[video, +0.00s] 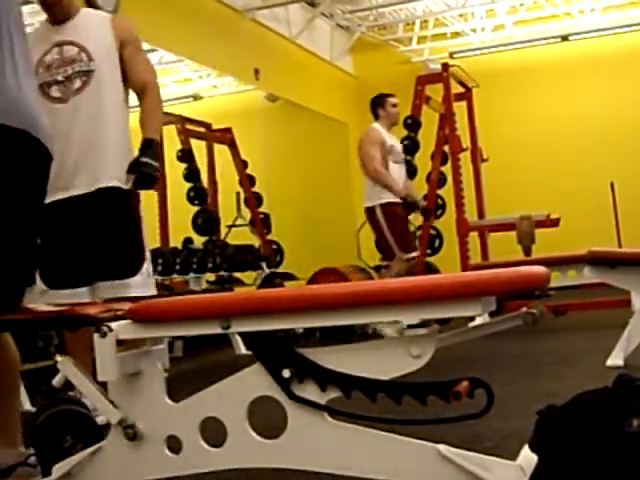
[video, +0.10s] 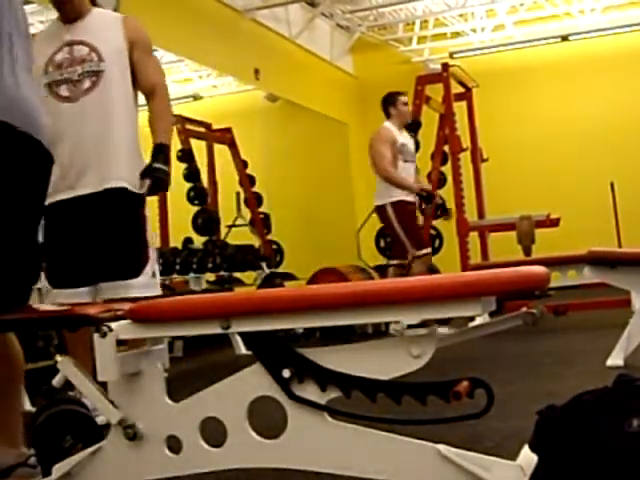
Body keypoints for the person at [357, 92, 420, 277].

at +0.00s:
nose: (398, 110)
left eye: (398, 106)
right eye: (393, 106)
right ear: (380, 110)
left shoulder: (391, 138)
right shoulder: (373, 134)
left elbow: (400, 173)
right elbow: (373, 169)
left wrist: (413, 195)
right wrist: (400, 191)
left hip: (395, 202)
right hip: (381, 202)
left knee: (407, 254)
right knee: (401, 256)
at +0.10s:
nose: (409, 109)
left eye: (408, 104)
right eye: (404, 104)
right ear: (392, 109)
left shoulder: (405, 135)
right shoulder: (384, 133)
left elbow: (410, 172)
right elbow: (384, 169)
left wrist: (425, 188)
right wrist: (415, 188)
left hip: (406, 200)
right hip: (392, 201)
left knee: (399, 258)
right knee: (420, 253)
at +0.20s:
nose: (419, 108)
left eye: (419, 103)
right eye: (414, 104)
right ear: (401, 109)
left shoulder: (414, 136)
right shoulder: (392, 132)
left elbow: (421, 172)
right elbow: (391, 171)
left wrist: (437, 191)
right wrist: (424, 191)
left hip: (414, 200)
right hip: (400, 201)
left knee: (402, 260)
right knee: (426, 256)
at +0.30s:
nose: (433, 107)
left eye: (432, 102)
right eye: (427, 103)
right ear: (415, 109)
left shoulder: (429, 136)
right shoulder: (407, 133)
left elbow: (435, 175)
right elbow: (401, 170)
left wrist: (456, 200)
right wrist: (425, 193)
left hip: (424, 204)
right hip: (412, 204)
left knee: (408, 263)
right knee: (441, 259)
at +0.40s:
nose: (448, 104)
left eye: (447, 99)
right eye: (442, 100)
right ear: (429, 106)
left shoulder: (444, 132)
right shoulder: (421, 130)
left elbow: (451, 169)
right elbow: (420, 169)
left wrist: (461, 197)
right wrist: (431, 201)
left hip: (445, 200)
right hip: (429, 201)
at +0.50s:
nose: (458, 99)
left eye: (457, 94)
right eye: (452, 95)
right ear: (439, 103)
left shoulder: (452, 127)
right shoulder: (433, 129)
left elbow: (457, 166)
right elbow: (431, 167)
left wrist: (466, 196)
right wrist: (438, 200)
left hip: (455, 197)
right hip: (441, 199)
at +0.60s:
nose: (471, 95)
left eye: (471, 90)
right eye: (466, 91)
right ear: (452, 97)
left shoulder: (464, 122)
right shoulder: (447, 122)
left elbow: (473, 162)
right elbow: (442, 162)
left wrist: (482, 192)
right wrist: (459, 196)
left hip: (469, 196)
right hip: (454, 198)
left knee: (479, 258)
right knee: (464, 260)